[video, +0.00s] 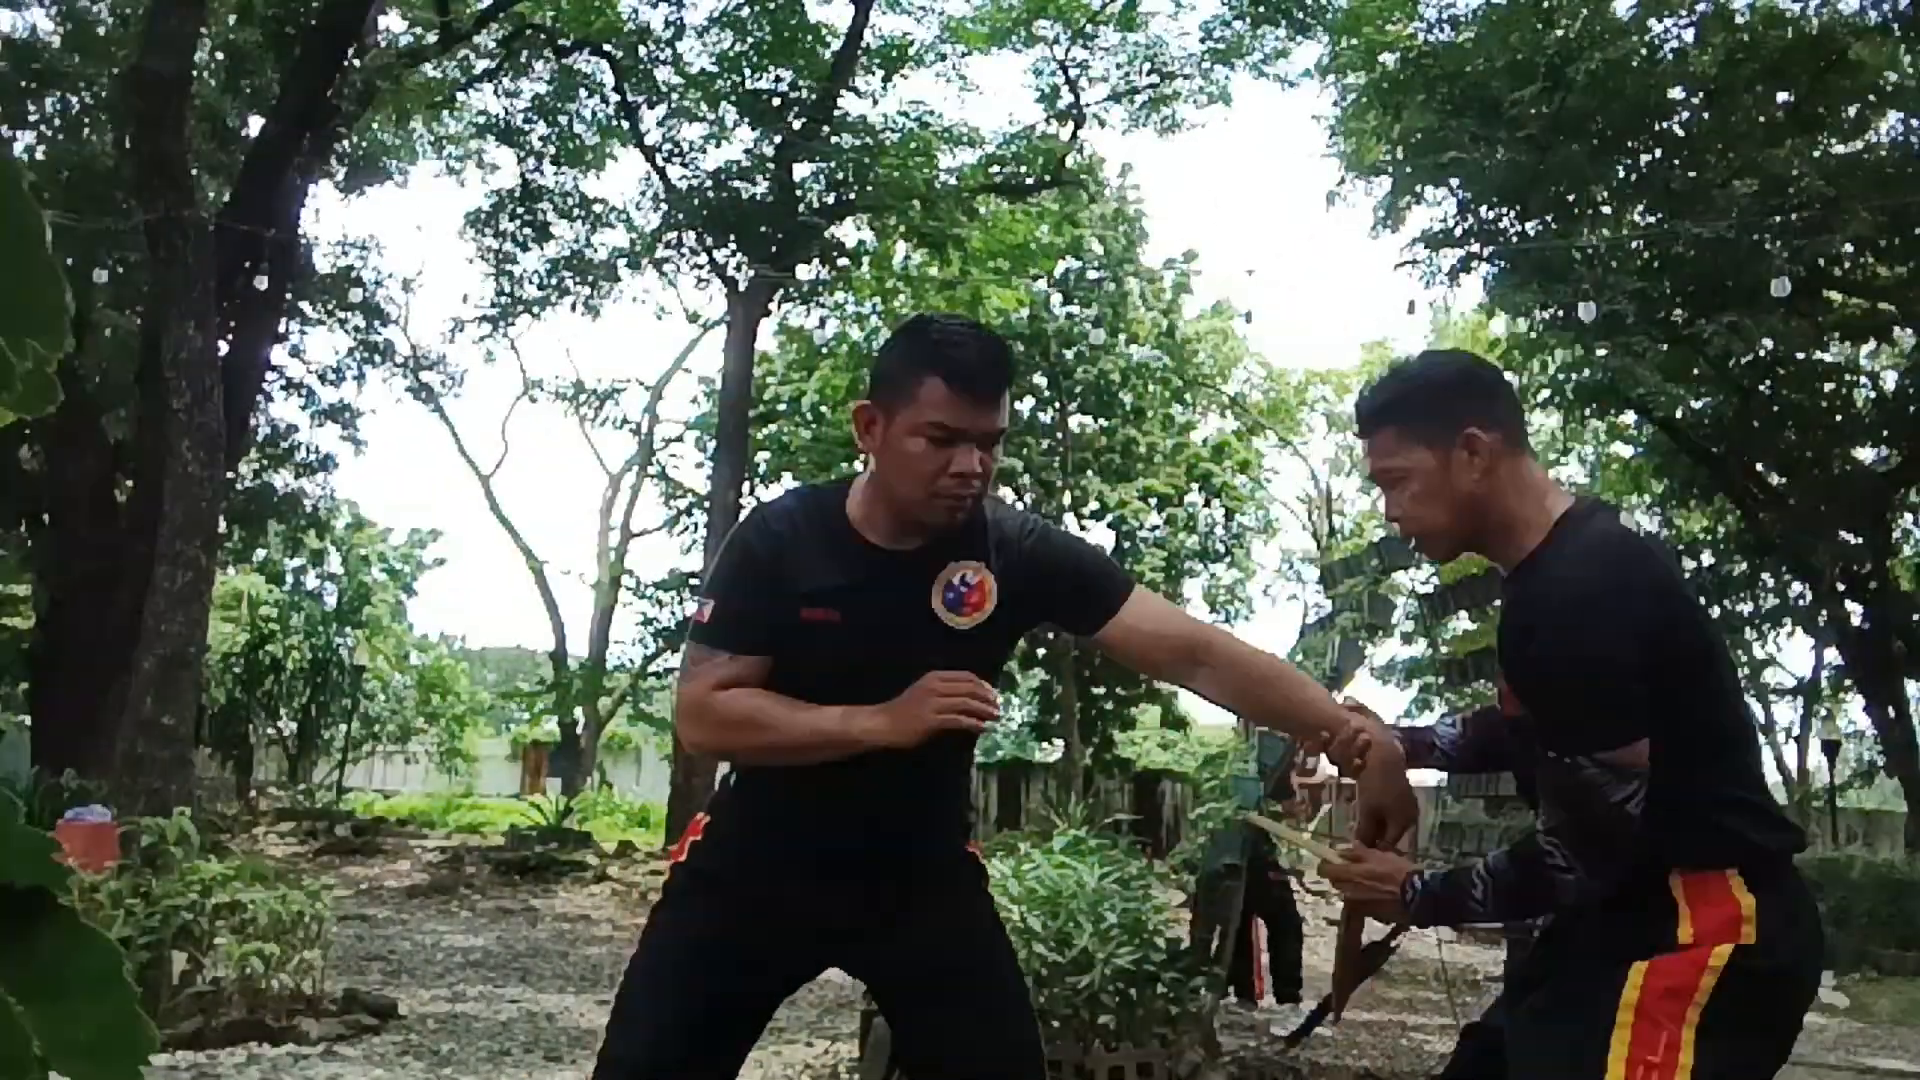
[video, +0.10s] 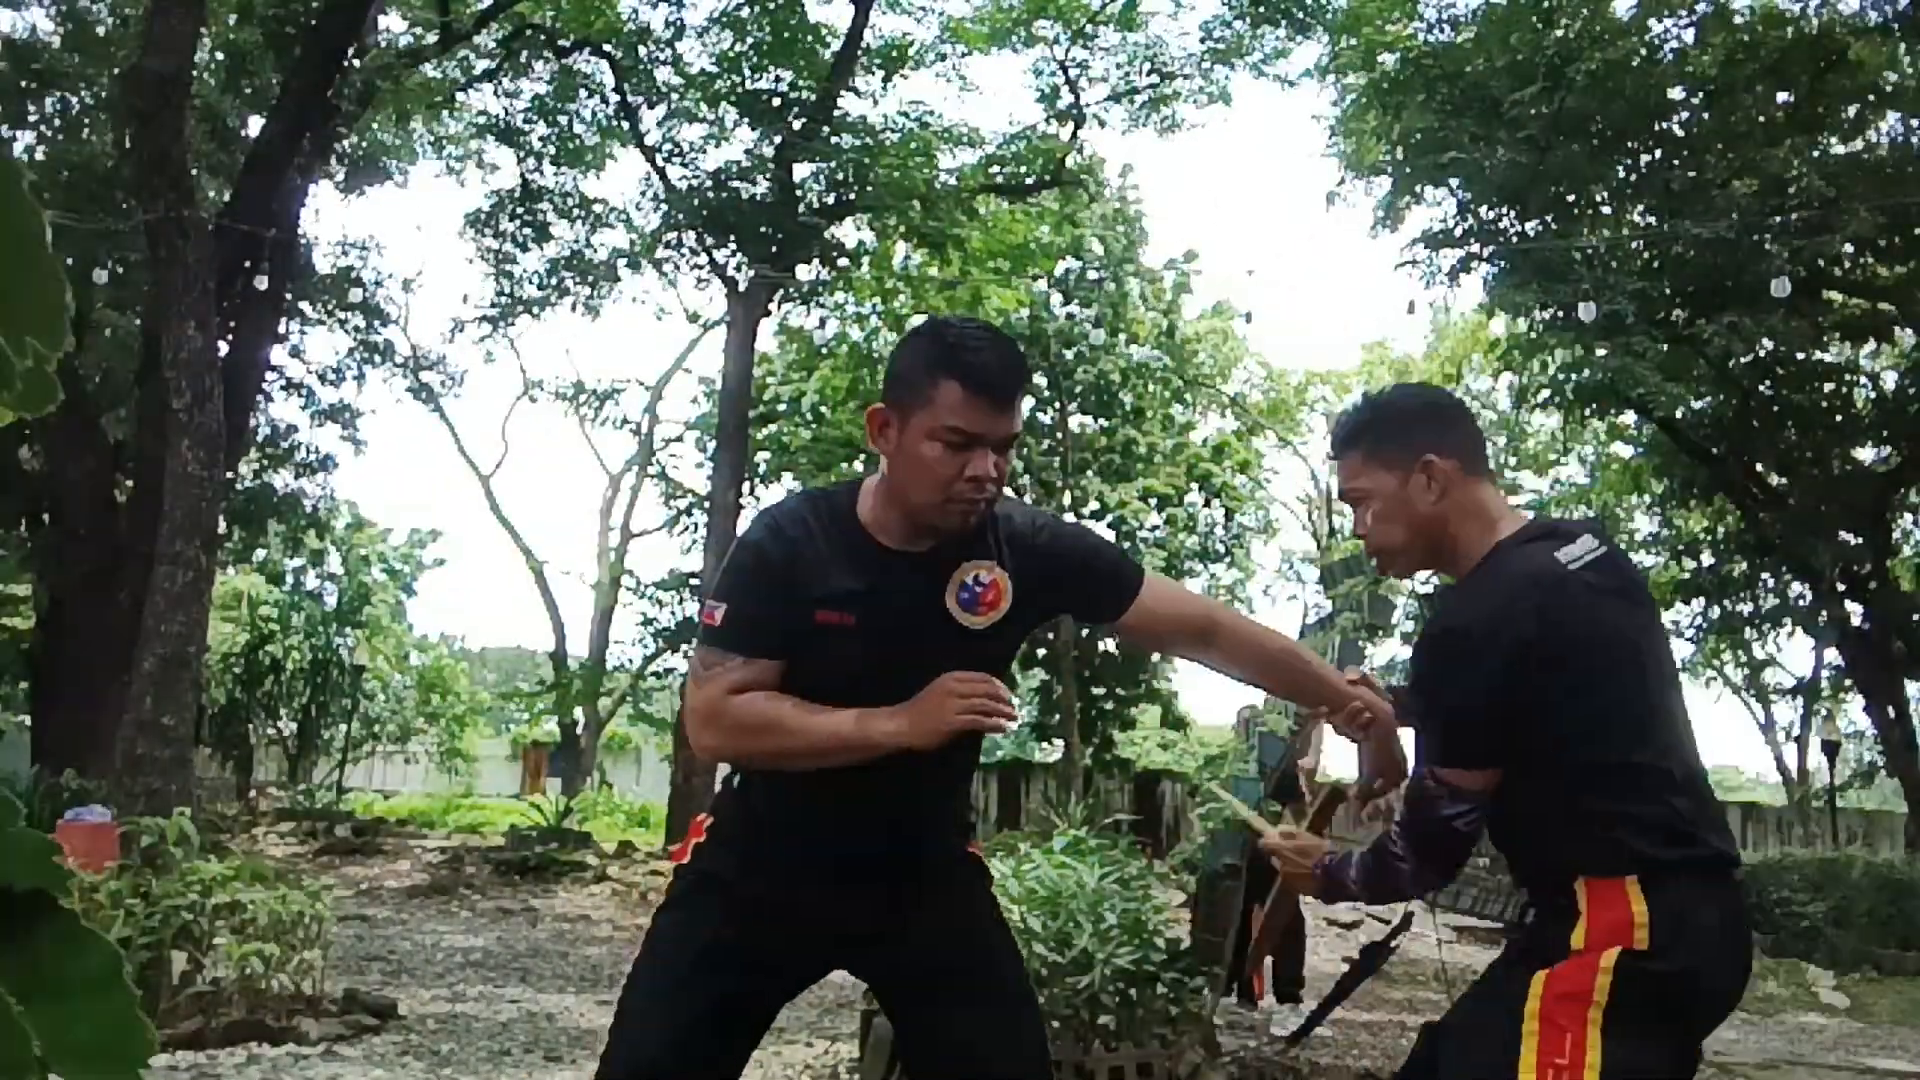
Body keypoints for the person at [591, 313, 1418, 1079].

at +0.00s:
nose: (972, 467)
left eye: (988, 443)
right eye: (945, 441)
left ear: (1004, 440)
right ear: (870, 429)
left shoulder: (1015, 555)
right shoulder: (774, 544)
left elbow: (1191, 651)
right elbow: (702, 718)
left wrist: (1358, 734)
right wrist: (880, 721)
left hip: (927, 885)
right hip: (752, 874)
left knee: (997, 1067)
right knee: (641, 1068)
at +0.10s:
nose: (986, 471)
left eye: (1002, 449)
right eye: (958, 443)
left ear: (1015, 447)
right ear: (883, 431)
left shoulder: (1033, 554)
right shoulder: (782, 548)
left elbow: (1202, 630)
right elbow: (713, 720)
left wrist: (1339, 694)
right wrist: (897, 722)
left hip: (929, 885)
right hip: (757, 875)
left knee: (1005, 1066)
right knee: (644, 1067)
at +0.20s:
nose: (999, 480)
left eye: (1015, 457)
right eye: (974, 454)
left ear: (1026, 452)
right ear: (895, 440)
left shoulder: (1035, 558)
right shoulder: (797, 544)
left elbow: (1209, 629)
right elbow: (725, 731)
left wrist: (1354, 700)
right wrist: (910, 726)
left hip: (928, 881)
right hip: (763, 869)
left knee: (1008, 1068)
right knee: (646, 1069)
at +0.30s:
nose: (1010, 497)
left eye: (1027, 473)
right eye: (983, 468)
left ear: (1043, 463)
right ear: (907, 450)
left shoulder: (1046, 571)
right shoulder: (804, 555)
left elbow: (1212, 644)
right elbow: (740, 738)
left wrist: (1343, 686)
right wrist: (927, 730)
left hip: (935, 888)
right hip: (767, 875)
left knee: (1012, 1067)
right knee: (647, 1065)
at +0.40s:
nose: (1013, 506)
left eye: (1031, 480)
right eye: (988, 477)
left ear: (1046, 472)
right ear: (911, 456)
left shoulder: (1041, 570)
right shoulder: (806, 559)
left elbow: (1192, 640)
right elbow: (741, 742)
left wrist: (1302, 685)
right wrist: (930, 734)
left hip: (937, 888)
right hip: (768, 877)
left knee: (1012, 1064)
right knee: (648, 1063)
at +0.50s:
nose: (1008, 505)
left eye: (1027, 479)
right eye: (985, 476)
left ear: (1041, 472)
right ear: (908, 454)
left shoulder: (1042, 570)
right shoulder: (803, 560)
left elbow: (1196, 650)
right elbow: (745, 745)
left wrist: (1305, 700)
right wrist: (932, 728)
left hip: (937, 890)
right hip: (768, 880)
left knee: (1015, 1064)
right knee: (647, 1063)